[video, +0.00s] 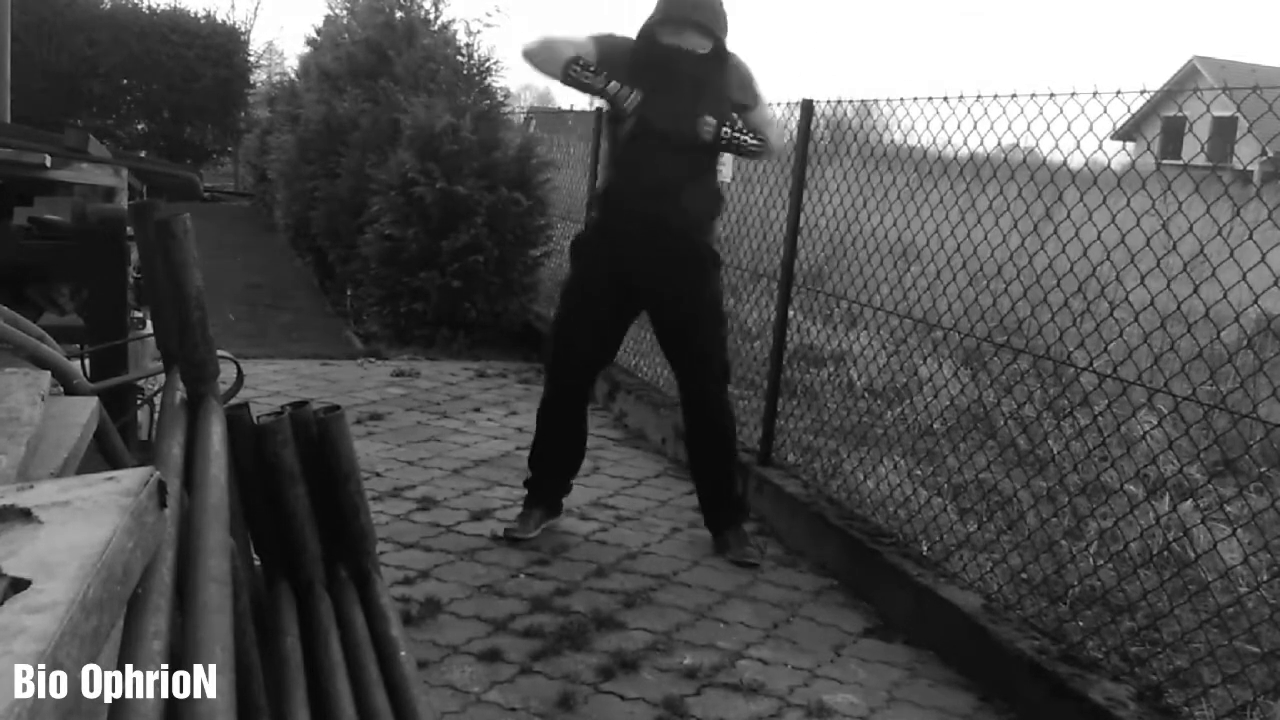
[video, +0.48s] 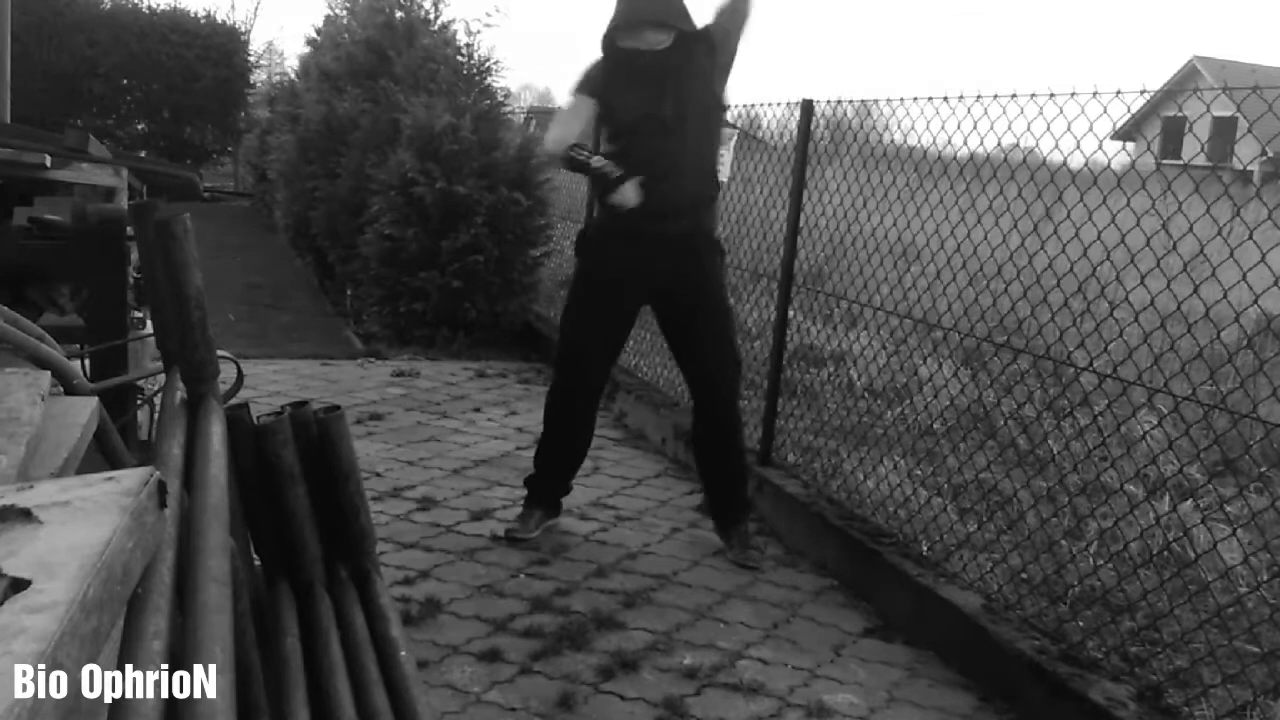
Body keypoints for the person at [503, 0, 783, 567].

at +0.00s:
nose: (682, 52)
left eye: (696, 44)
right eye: (672, 40)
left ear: (712, 38)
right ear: (656, 26)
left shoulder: (729, 75)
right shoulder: (623, 54)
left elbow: (771, 139)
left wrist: (744, 138)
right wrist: (593, 82)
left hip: (685, 259)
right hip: (610, 249)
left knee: (707, 389)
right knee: (567, 376)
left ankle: (727, 524)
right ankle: (542, 500)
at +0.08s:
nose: (681, 56)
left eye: (694, 48)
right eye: (671, 43)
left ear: (708, 41)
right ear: (651, 28)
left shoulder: (710, 77)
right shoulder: (617, 51)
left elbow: (737, 143)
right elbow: (545, 39)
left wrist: (728, 137)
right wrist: (573, 86)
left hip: (686, 254)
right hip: (611, 246)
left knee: (709, 385)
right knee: (573, 376)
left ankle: (731, 520)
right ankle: (544, 500)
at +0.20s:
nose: (672, 59)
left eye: (683, 52)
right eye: (662, 46)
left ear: (694, 55)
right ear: (638, 39)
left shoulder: (680, 109)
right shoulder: (599, 77)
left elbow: (674, 188)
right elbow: (554, 115)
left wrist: (707, 159)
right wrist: (529, 150)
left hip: (685, 262)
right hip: (615, 260)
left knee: (716, 386)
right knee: (582, 386)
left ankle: (734, 520)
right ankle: (545, 504)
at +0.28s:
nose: (663, 59)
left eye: (675, 50)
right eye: (653, 46)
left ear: (687, 53)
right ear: (629, 39)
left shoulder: (675, 107)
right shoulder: (595, 78)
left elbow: (702, 182)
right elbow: (563, 117)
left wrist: (722, 132)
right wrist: (539, 154)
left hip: (684, 262)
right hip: (615, 261)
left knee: (718, 385)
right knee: (581, 386)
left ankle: (734, 520)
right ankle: (546, 503)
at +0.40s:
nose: (653, 34)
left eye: (659, 26)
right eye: (651, 24)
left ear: (620, 13)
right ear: (671, 16)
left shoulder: (696, 66)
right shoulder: (589, 67)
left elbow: (764, 63)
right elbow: (552, 134)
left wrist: (741, 13)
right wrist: (583, 178)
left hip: (689, 245)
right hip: (613, 244)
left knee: (721, 380)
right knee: (576, 376)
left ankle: (736, 519)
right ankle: (544, 502)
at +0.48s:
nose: (643, 47)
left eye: (655, 37)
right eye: (631, 37)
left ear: (675, 30)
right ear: (616, 31)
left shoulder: (706, 56)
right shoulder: (603, 77)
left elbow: (743, 4)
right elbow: (558, 141)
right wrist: (581, 159)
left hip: (686, 251)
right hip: (612, 248)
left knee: (718, 383)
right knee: (576, 376)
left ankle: (733, 519)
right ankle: (543, 499)